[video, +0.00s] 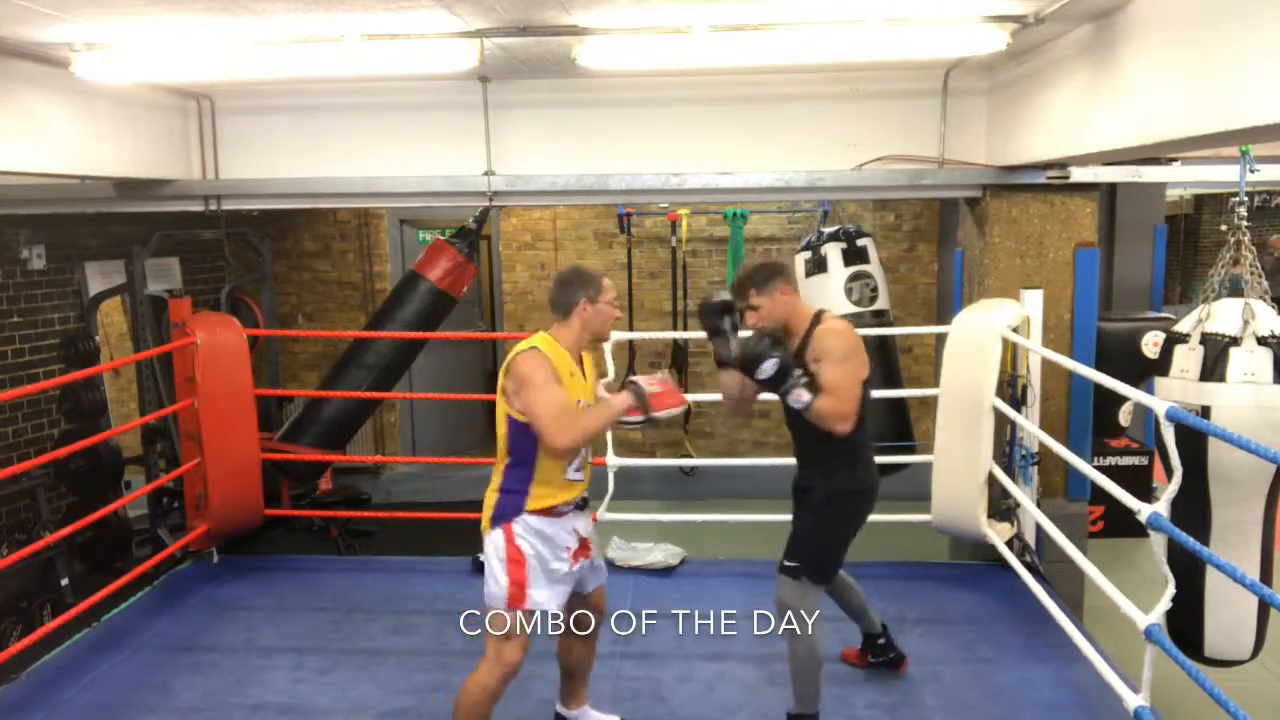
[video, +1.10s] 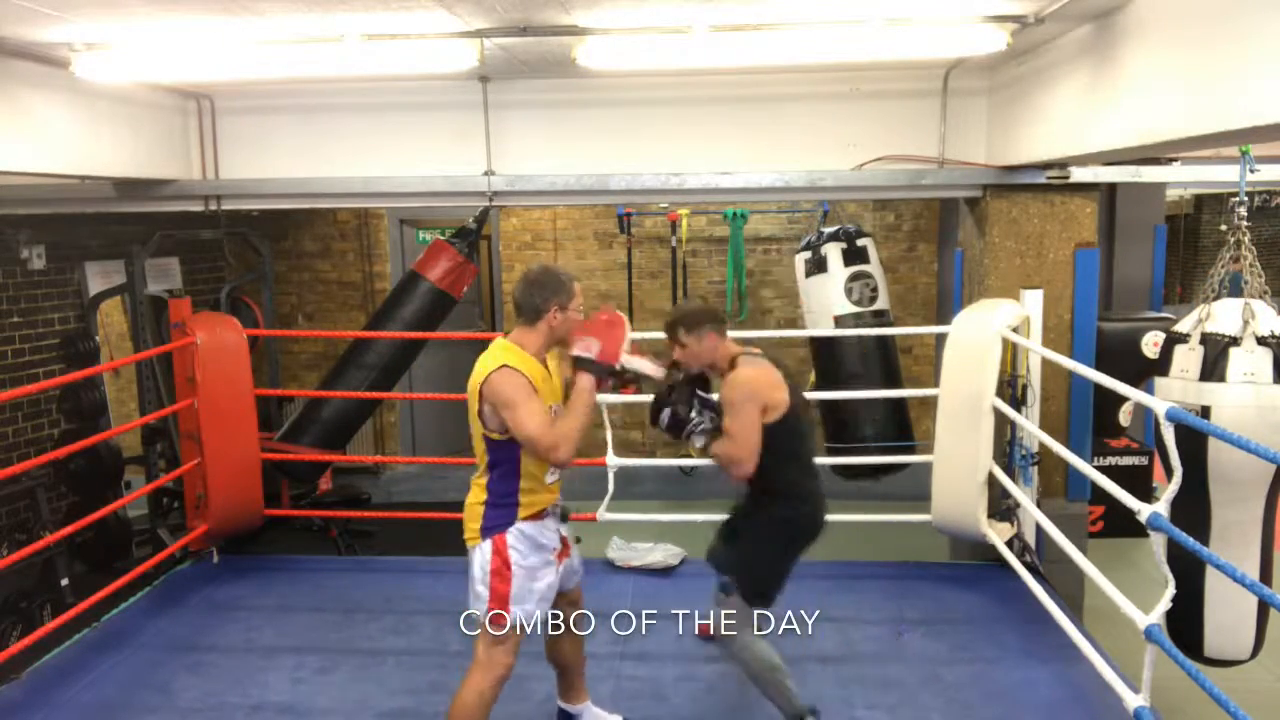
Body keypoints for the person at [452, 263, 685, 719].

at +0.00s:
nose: (617, 314)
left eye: (616, 304)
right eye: (611, 304)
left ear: (583, 307)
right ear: (583, 307)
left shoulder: (584, 358)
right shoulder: (531, 361)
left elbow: (583, 411)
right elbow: (560, 434)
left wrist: (633, 399)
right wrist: (624, 399)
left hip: (569, 514)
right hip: (521, 523)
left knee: (588, 609)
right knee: (505, 656)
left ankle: (573, 708)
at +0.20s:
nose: (619, 314)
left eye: (618, 306)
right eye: (613, 305)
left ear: (584, 308)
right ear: (587, 308)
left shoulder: (582, 356)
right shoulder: (543, 354)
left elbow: (596, 423)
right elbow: (602, 412)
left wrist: (648, 428)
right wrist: (626, 356)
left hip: (562, 515)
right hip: (522, 522)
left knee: (583, 610)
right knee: (500, 654)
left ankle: (573, 709)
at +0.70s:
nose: (603, 308)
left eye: (602, 299)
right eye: (597, 300)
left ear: (561, 307)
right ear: (571, 308)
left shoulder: (537, 350)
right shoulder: (545, 366)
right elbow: (618, 429)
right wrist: (649, 358)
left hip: (554, 514)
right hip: (522, 523)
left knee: (575, 608)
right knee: (493, 652)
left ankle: (571, 707)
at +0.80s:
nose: (604, 306)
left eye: (602, 297)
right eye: (598, 298)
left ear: (566, 306)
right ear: (572, 306)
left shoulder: (565, 345)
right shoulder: (535, 368)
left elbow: (635, 342)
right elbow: (586, 449)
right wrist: (637, 396)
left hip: (562, 511)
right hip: (525, 520)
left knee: (576, 606)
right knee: (502, 649)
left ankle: (571, 706)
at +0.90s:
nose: (596, 306)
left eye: (593, 298)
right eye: (589, 299)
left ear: (562, 308)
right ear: (563, 310)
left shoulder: (569, 340)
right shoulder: (520, 372)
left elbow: (632, 306)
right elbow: (550, 455)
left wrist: (695, 278)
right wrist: (608, 416)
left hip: (561, 507)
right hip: (521, 520)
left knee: (578, 603)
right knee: (510, 651)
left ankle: (573, 706)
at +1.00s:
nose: (588, 313)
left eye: (586, 305)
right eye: (583, 306)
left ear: (555, 314)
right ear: (557, 315)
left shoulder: (566, 347)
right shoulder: (507, 375)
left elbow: (620, 322)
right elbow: (547, 451)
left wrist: (669, 313)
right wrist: (597, 387)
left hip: (555, 514)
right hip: (513, 527)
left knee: (580, 606)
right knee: (504, 657)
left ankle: (575, 706)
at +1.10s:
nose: (581, 320)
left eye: (580, 312)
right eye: (576, 311)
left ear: (544, 313)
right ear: (552, 315)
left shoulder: (549, 356)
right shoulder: (503, 375)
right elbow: (558, 448)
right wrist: (588, 375)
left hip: (543, 519)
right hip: (503, 528)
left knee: (569, 609)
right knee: (494, 662)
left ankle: (574, 706)